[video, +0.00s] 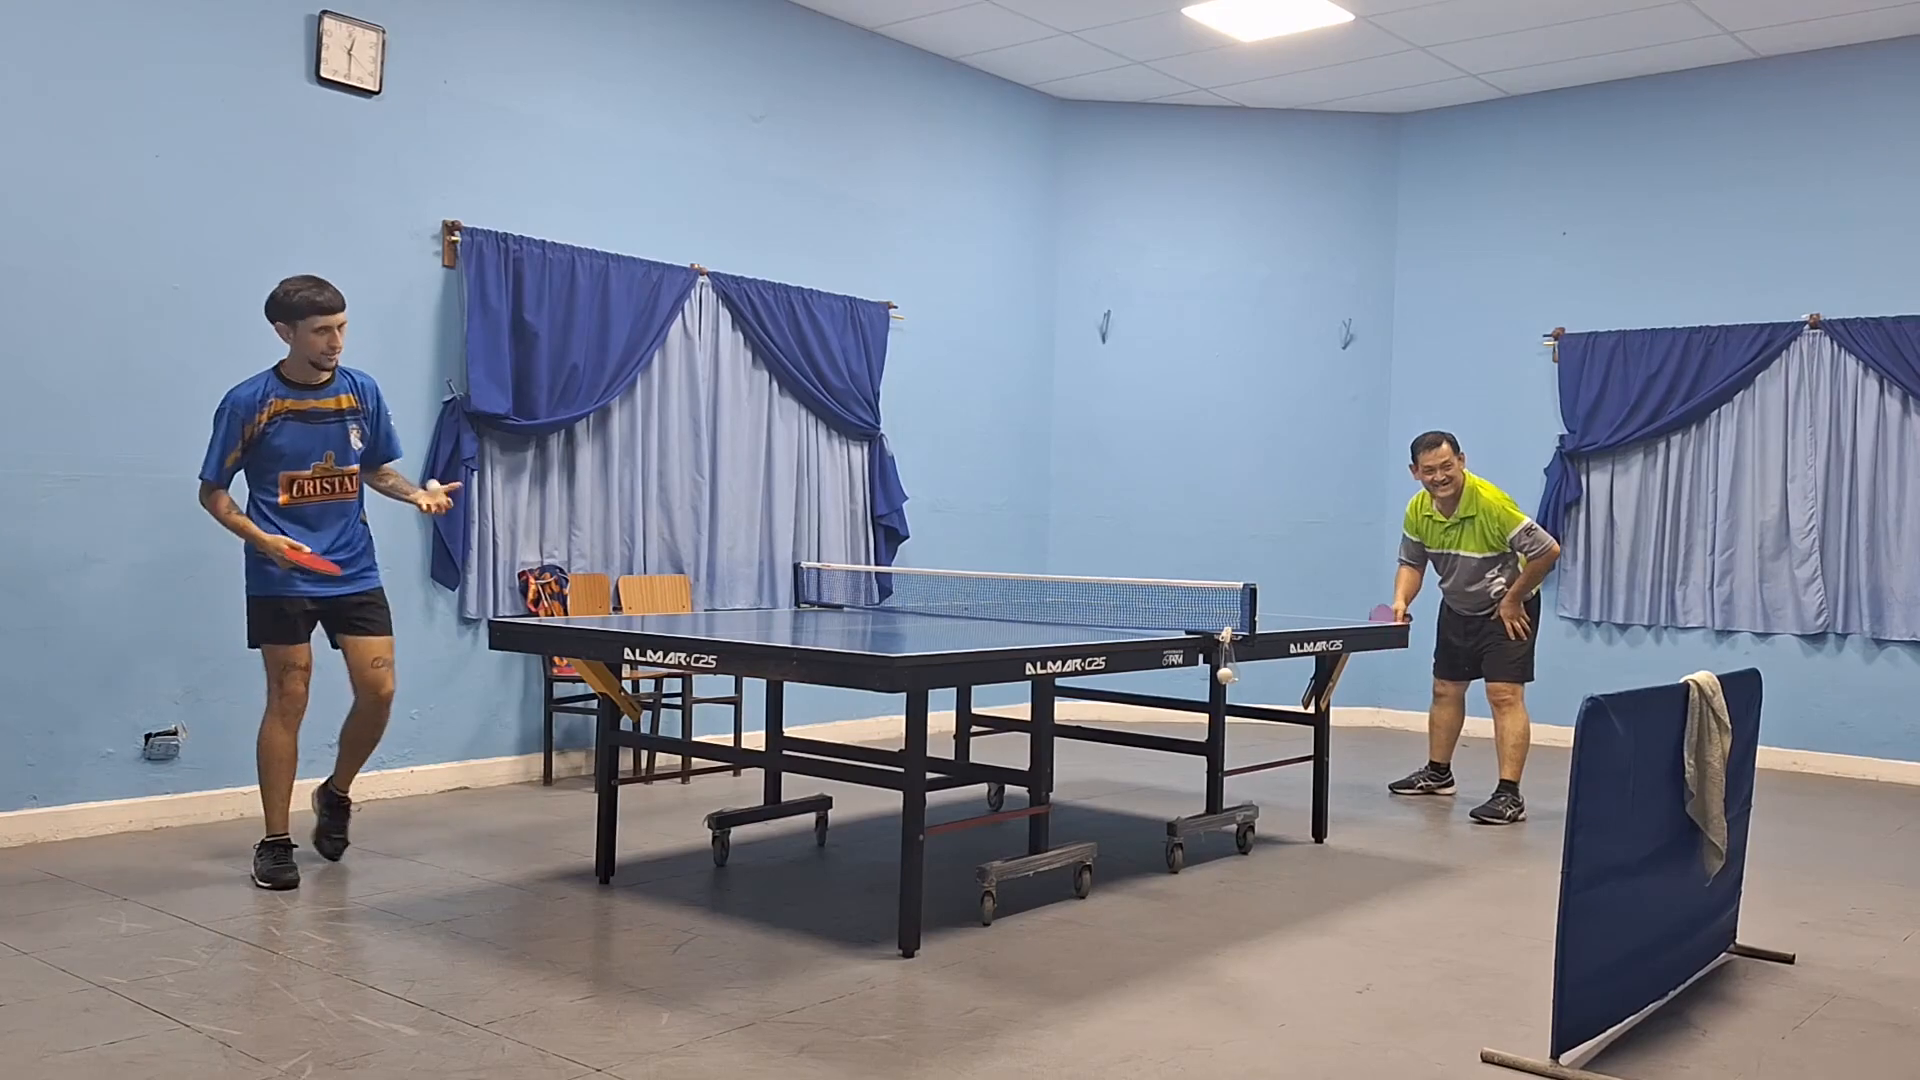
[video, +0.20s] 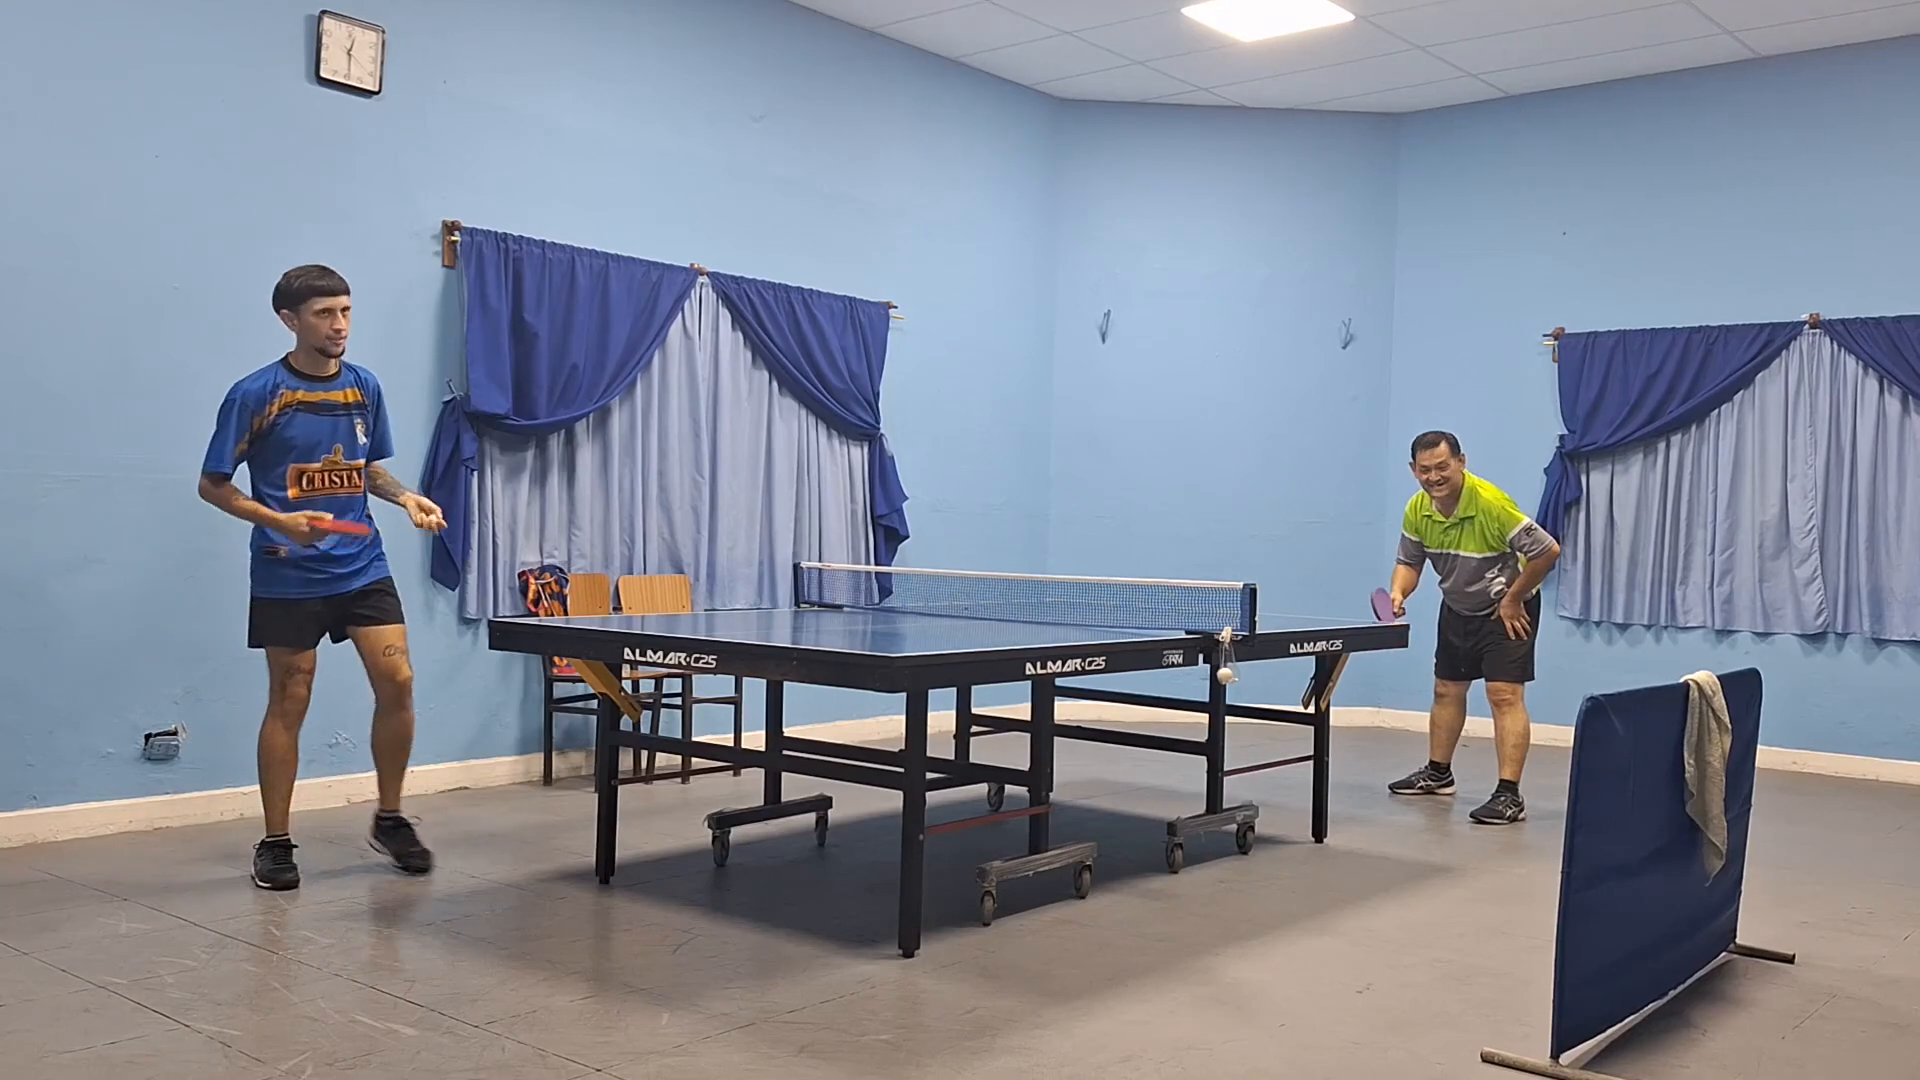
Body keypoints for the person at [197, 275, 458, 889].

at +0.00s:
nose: (335, 341)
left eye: (340, 328)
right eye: (321, 332)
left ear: (345, 325)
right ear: (285, 333)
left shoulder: (362, 392)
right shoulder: (248, 403)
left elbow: (376, 467)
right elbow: (211, 491)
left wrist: (419, 493)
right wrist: (259, 537)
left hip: (352, 565)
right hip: (280, 568)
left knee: (379, 690)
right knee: (290, 695)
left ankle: (336, 793)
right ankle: (275, 839)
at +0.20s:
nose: (339, 324)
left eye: (344, 312)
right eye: (325, 314)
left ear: (350, 315)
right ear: (290, 321)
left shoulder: (363, 386)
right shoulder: (255, 394)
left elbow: (368, 468)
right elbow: (212, 484)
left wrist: (407, 496)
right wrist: (277, 519)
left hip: (362, 564)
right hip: (289, 574)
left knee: (397, 681)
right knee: (290, 698)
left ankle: (390, 818)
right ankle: (277, 842)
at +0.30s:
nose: (348, 320)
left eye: (353, 309)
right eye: (334, 310)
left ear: (359, 314)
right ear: (298, 316)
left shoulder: (372, 388)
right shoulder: (263, 393)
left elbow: (388, 468)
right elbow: (218, 487)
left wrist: (421, 503)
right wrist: (293, 508)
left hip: (367, 566)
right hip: (294, 574)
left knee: (398, 686)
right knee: (293, 700)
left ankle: (428, 826)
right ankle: (277, 842)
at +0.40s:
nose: (367, 321)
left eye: (371, 310)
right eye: (353, 310)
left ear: (372, 316)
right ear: (314, 317)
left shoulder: (389, 390)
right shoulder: (279, 394)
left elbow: (418, 468)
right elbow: (235, 492)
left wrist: (453, 515)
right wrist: (313, 503)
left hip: (376, 568)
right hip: (303, 576)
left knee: (406, 685)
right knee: (298, 702)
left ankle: (451, 822)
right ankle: (277, 843)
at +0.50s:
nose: (394, 330)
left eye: (397, 320)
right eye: (381, 320)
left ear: (397, 326)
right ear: (340, 325)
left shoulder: (409, 396)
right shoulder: (298, 399)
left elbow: (447, 471)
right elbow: (258, 496)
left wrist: (483, 523)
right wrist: (336, 500)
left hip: (389, 570)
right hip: (314, 577)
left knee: (421, 687)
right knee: (307, 704)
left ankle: (463, 828)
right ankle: (278, 844)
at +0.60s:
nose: (429, 350)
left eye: (432, 340)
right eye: (417, 340)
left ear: (429, 343)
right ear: (376, 338)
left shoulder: (441, 411)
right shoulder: (322, 406)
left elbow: (481, 484)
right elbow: (285, 500)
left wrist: (511, 536)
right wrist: (361, 503)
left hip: (406, 580)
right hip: (329, 584)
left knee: (435, 695)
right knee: (318, 710)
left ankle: (468, 841)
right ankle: (279, 843)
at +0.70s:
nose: (479, 372)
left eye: (481, 361)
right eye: (469, 360)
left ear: (455, 364)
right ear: (426, 356)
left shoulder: (475, 430)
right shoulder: (359, 415)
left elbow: (511, 506)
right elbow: (312, 506)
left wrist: (537, 556)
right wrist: (387, 513)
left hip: (428, 591)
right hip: (348, 592)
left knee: (455, 694)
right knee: (329, 724)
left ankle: (476, 848)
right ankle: (279, 845)